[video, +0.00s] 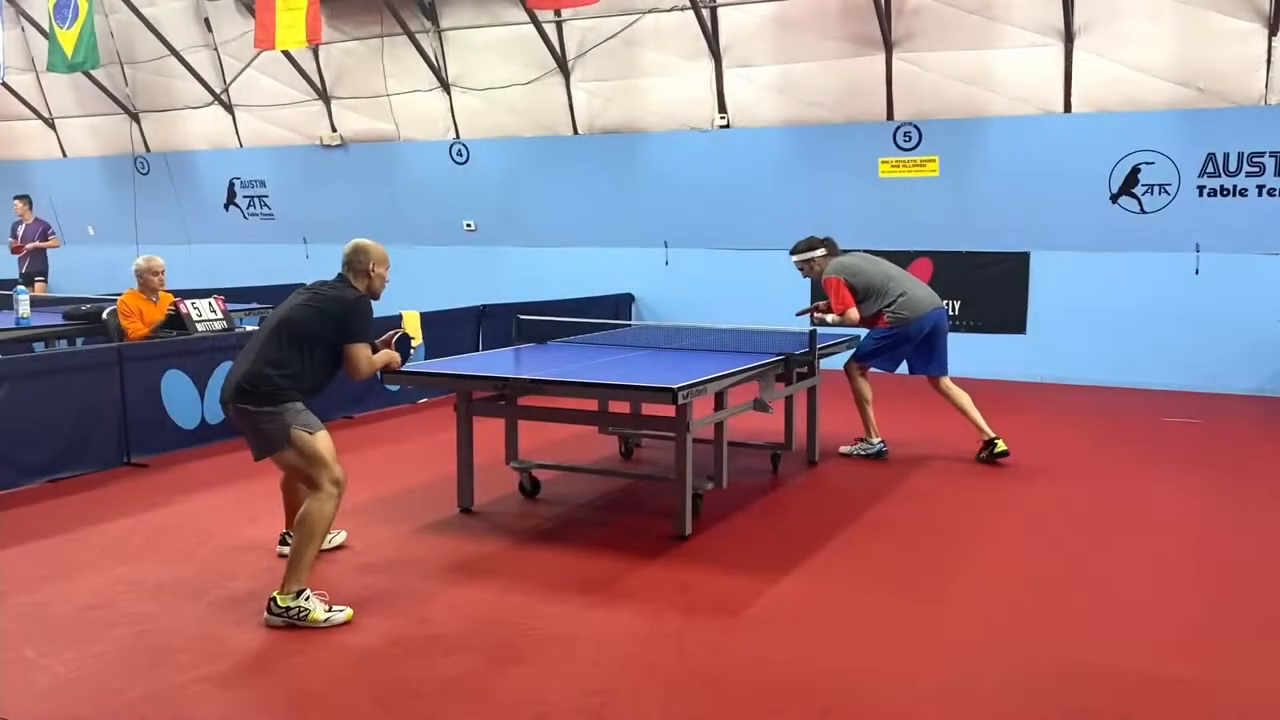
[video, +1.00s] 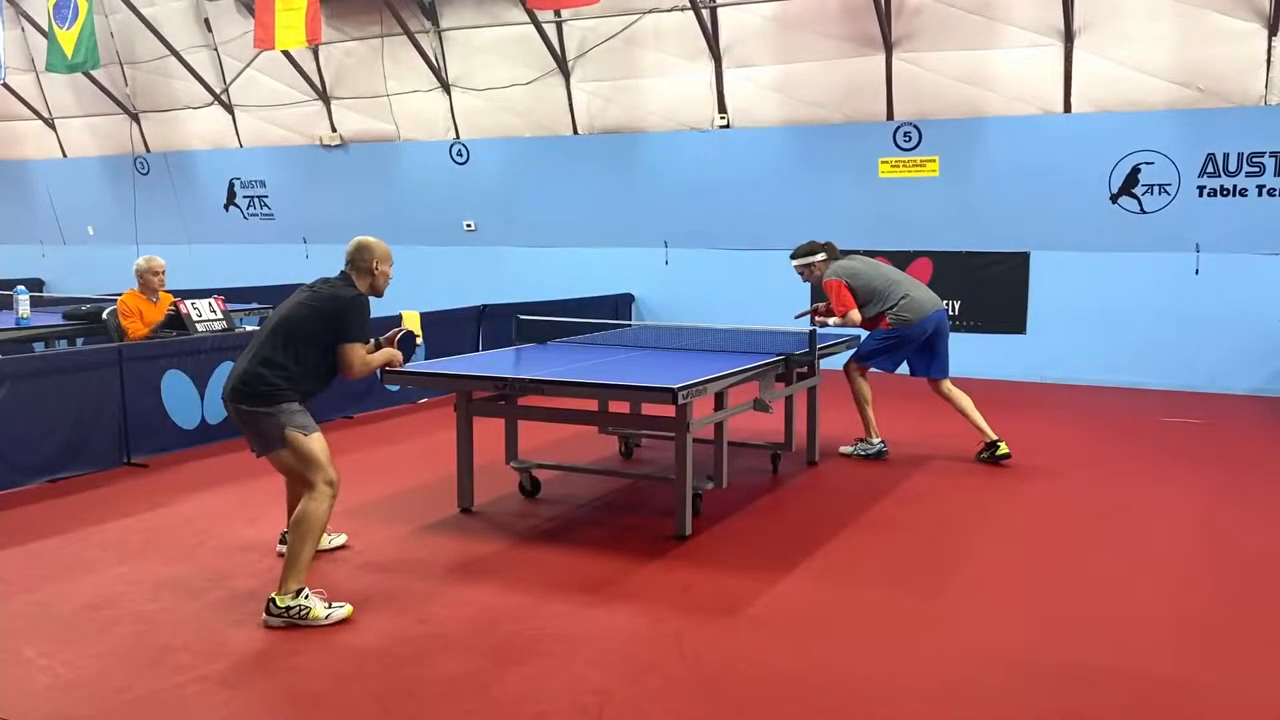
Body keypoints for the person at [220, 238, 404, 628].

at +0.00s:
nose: (387, 277)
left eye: (387, 270)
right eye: (385, 270)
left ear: (350, 270)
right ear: (370, 271)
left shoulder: (316, 291)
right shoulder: (355, 303)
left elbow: (325, 349)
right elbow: (359, 369)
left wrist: (371, 350)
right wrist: (385, 358)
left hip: (241, 392)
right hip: (268, 396)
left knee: (299, 463)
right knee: (330, 482)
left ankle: (296, 533)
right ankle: (289, 597)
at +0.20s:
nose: (390, 277)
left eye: (389, 270)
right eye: (387, 270)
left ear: (354, 270)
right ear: (371, 271)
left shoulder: (321, 292)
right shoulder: (353, 304)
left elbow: (330, 354)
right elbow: (354, 370)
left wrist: (371, 351)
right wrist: (383, 359)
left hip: (245, 390)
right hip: (264, 395)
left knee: (299, 469)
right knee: (321, 482)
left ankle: (298, 534)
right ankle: (288, 596)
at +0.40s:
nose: (390, 277)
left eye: (390, 270)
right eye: (387, 270)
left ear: (354, 270)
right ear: (372, 271)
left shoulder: (322, 291)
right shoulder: (352, 304)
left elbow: (333, 355)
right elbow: (354, 369)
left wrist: (373, 350)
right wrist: (385, 358)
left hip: (243, 390)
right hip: (264, 395)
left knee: (299, 468)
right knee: (323, 481)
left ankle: (298, 534)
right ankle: (288, 597)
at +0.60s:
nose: (390, 276)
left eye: (389, 269)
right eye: (387, 269)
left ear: (353, 269)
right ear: (371, 270)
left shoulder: (320, 290)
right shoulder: (353, 302)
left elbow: (328, 350)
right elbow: (357, 367)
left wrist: (371, 350)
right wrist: (385, 357)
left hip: (243, 390)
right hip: (269, 395)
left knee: (299, 464)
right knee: (331, 483)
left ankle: (296, 533)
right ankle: (289, 597)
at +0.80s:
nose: (391, 274)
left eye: (390, 267)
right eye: (388, 267)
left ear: (354, 268)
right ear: (373, 269)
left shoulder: (322, 290)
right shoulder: (352, 302)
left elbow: (332, 353)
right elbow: (355, 367)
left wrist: (372, 349)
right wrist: (385, 357)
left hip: (245, 389)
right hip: (267, 394)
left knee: (300, 467)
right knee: (324, 482)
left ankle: (297, 535)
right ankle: (289, 597)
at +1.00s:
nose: (391, 274)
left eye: (390, 267)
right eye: (388, 267)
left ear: (354, 266)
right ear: (373, 268)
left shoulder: (323, 289)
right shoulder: (351, 302)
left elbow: (333, 354)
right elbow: (353, 367)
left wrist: (374, 347)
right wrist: (386, 356)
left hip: (245, 390)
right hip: (269, 395)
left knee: (299, 470)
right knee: (324, 482)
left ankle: (298, 534)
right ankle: (288, 597)